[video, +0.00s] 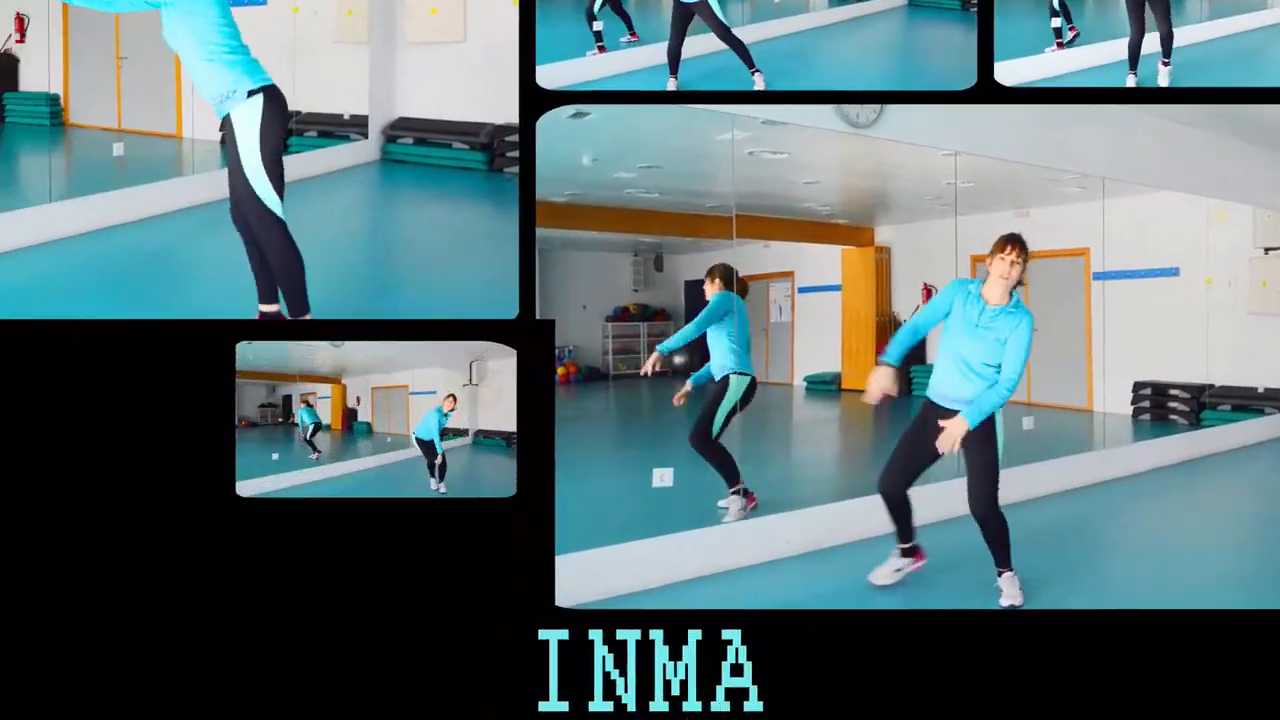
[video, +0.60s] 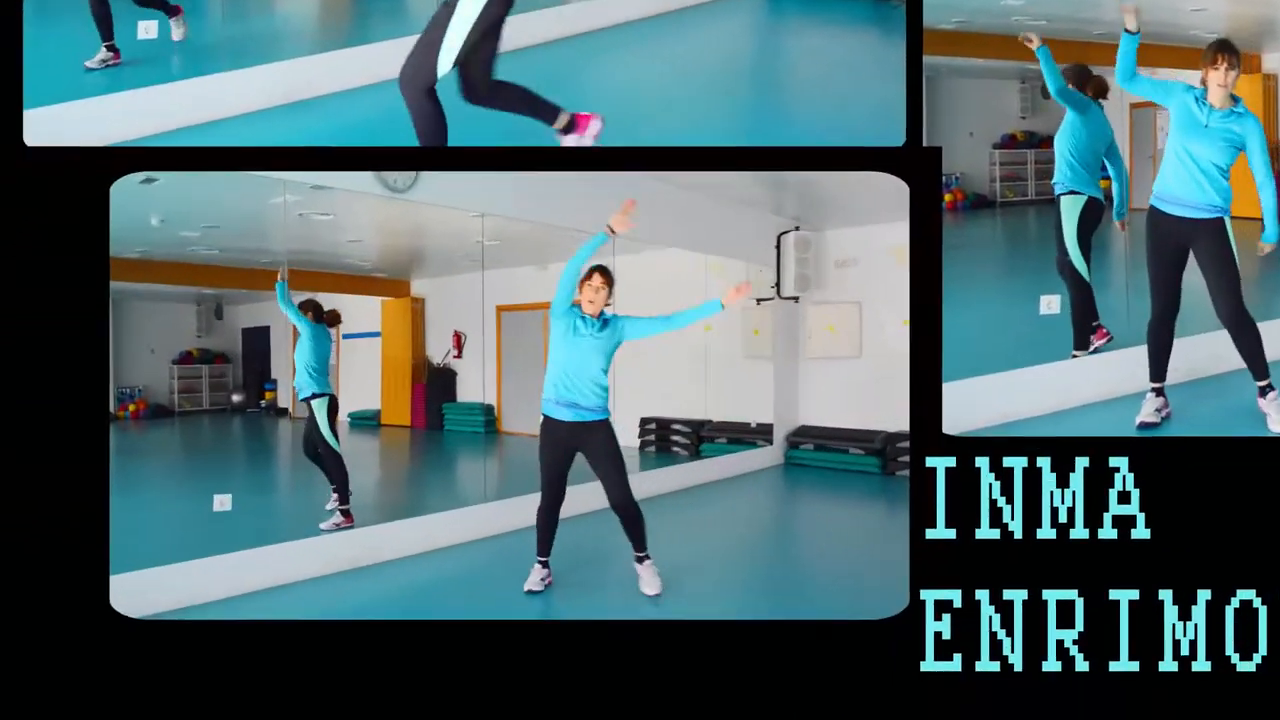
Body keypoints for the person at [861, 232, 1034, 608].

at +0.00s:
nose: (1009, 265)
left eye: (1017, 262)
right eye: (1003, 257)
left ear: (1022, 274)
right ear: (989, 261)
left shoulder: (1020, 320)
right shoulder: (959, 291)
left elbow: (1007, 384)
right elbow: (916, 325)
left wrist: (965, 419)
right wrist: (887, 364)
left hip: (979, 414)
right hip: (936, 406)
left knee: (983, 505)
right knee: (890, 485)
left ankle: (1005, 574)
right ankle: (908, 552)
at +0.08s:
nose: (1032, 244)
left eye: (1041, 240)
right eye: (1027, 236)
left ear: (1046, 251)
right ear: (1014, 240)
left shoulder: (1045, 300)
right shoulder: (980, 268)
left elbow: (1043, 366)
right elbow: (925, 284)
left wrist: (1020, 416)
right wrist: (869, 297)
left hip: (1000, 396)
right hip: (954, 387)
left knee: (1017, 484)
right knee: (904, 463)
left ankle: (1050, 551)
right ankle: (882, 540)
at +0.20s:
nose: (1064, 210)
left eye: (1072, 207)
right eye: (1058, 203)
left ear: (1077, 217)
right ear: (1044, 206)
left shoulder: (1074, 267)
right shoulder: (1012, 226)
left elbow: (1095, 326)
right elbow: (957, 208)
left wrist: (1105, 384)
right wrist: (903, 189)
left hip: (1022, 358)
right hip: (973, 348)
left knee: (1061, 441)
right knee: (937, 434)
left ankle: (1116, 513)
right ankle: (897, 512)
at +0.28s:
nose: (1084, 189)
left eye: (1091, 185)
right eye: (1078, 182)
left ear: (1097, 195)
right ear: (1064, 184)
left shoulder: (1094, 245)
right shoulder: (1033, 201)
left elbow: (1122, 295)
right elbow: (987, 168)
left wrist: (1151, 353)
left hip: (1042, 334)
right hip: (995, 324)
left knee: (1080, 418)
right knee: (973, 411)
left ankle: (1135, 492)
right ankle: (946, 491)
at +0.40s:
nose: (1127, 146)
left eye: (1135, 140)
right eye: (1121, 138)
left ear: (1143, 146)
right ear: (1108, 140)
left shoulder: (1145, 199)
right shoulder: (1084, 156)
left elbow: (1172, 252)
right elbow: (1040, 123)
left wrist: (1194, 305)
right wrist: (1013, 74)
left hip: (1092, 288)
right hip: (1047, 278)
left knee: (1126, 376)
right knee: (1037, 370)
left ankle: (1173, 454)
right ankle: (1023, 454)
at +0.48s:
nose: (1163, 117)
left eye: (1171, 111)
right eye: (1157, 109)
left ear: (1178, 118)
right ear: (1145, 111)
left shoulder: (1182, 168)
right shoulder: (1119, 131)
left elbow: (1207, 223)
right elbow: (1075, 97)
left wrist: (1223, 275)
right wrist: (1060, 49)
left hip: (1136, 259)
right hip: (1091, 251)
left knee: (1167, 349)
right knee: (1086, 346)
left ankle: (1212, 428)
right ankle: (1076, 430)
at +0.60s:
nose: (1222, 73)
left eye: (1230, 68)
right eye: (1216, 66)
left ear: (1238, 73)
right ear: (1204, 70)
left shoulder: (1247, 124)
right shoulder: (1179, 96)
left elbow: (1264, 178)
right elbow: (1126, 76)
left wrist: (1271, 230)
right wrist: (1130, 30)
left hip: (1210, 223)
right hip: (1164, 217)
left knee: (1232, 311)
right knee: (1162, 310)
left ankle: (1267, 392)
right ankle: (1156, 395)